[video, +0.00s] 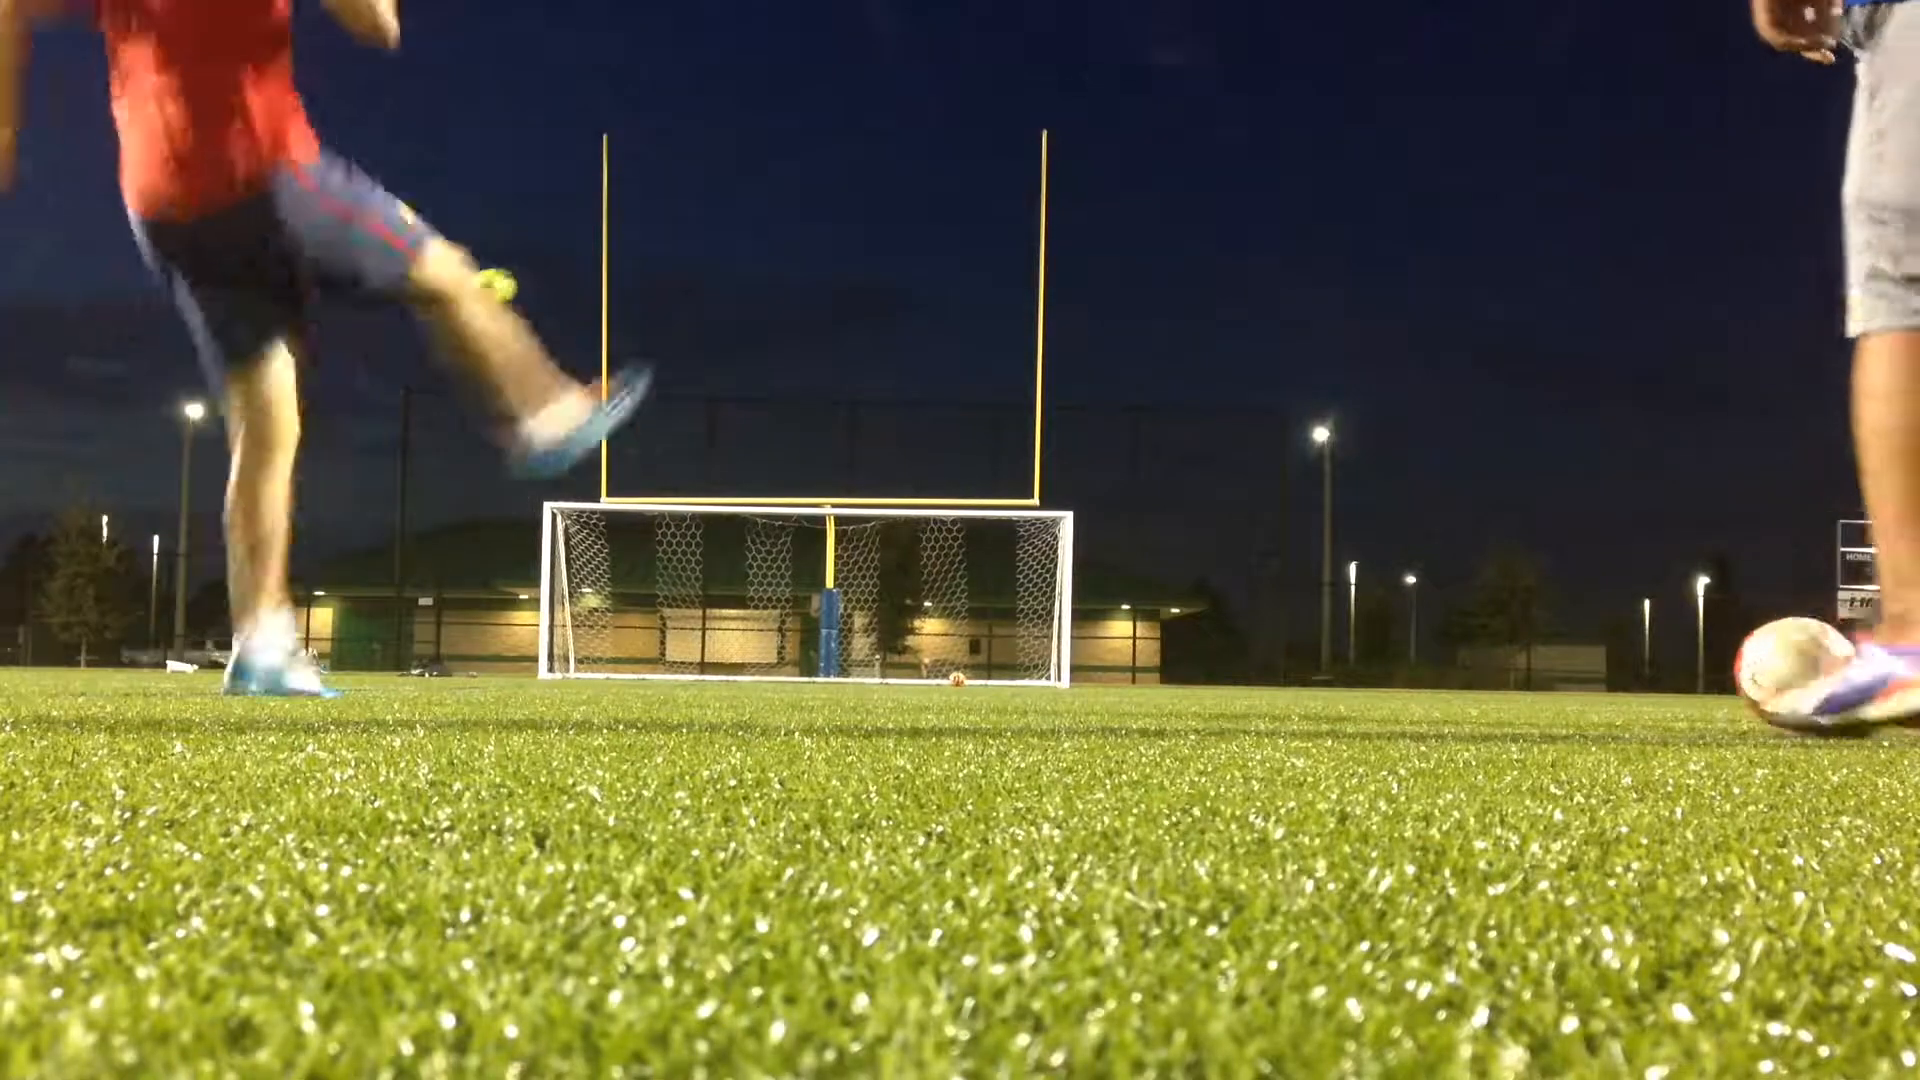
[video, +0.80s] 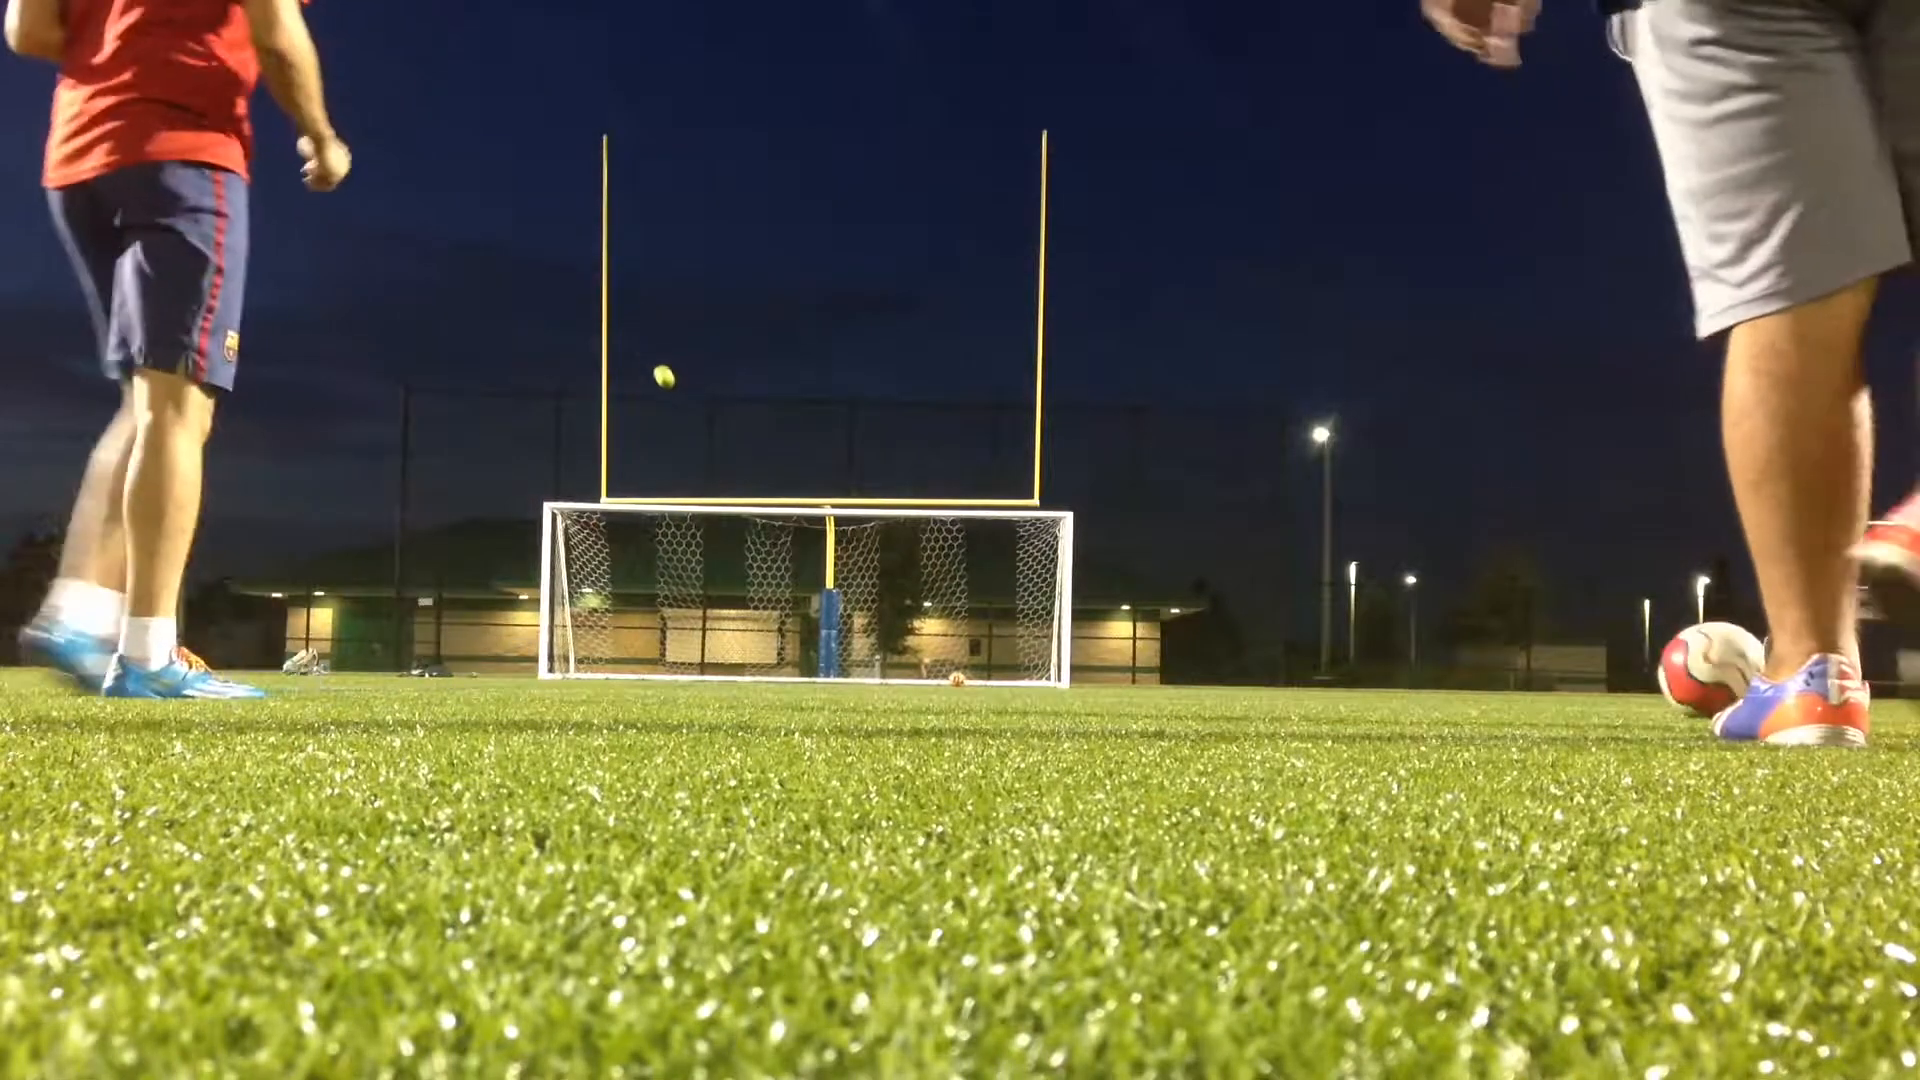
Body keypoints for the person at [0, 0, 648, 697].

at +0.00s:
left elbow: (16, 13)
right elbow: (378, 27)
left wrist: (9, 135)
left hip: (162, 183)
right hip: (257, 160)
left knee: (264, 420)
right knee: (444, 274)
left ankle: (261, 649)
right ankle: (544, 408)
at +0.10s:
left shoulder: (106, 11)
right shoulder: (284, 3)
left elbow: (55, 144)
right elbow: (369, 82)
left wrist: (49, 265)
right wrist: (462, 133)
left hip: (178, 263)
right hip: (281, 233)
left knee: (288, 447)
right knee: (477, 291)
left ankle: (262, 659)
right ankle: (629, 376)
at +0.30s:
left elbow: (124, 97)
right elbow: (287, 67)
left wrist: (218, 85)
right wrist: (379, 116)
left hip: (186, 206)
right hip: (284, 190)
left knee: (269, 430)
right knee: (421, 390)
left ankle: (261, 648)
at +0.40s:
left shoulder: (123, 1)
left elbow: (139, 94)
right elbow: (298, 70)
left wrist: (258, 52)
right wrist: (376, 110)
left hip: (185, 201)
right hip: (283, 188)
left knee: (261, 435)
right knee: (351, 418)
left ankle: (263, 646)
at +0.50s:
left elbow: (122, 93)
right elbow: (328, 82)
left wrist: (210, 115)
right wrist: (375, 143)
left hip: (154, 183)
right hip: (254, 175)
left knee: (266, 423)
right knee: (220, 427)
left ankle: (262, 650)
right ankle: (148, 655)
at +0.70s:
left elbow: (45, 33)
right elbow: (300, 47)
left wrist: (143, 57)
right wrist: (334, 121)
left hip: (96, 153)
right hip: (200, 148)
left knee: (208, 397)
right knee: (180, 406)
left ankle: (181, 637)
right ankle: (143, 654)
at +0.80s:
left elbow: (28, 27)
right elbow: (278, 36)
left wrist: (125, 51)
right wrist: (317, 129)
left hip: (78, 149)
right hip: (187, 145)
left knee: (146, 399)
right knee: (178, 408)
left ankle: (79, 616)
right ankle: (150, 657)